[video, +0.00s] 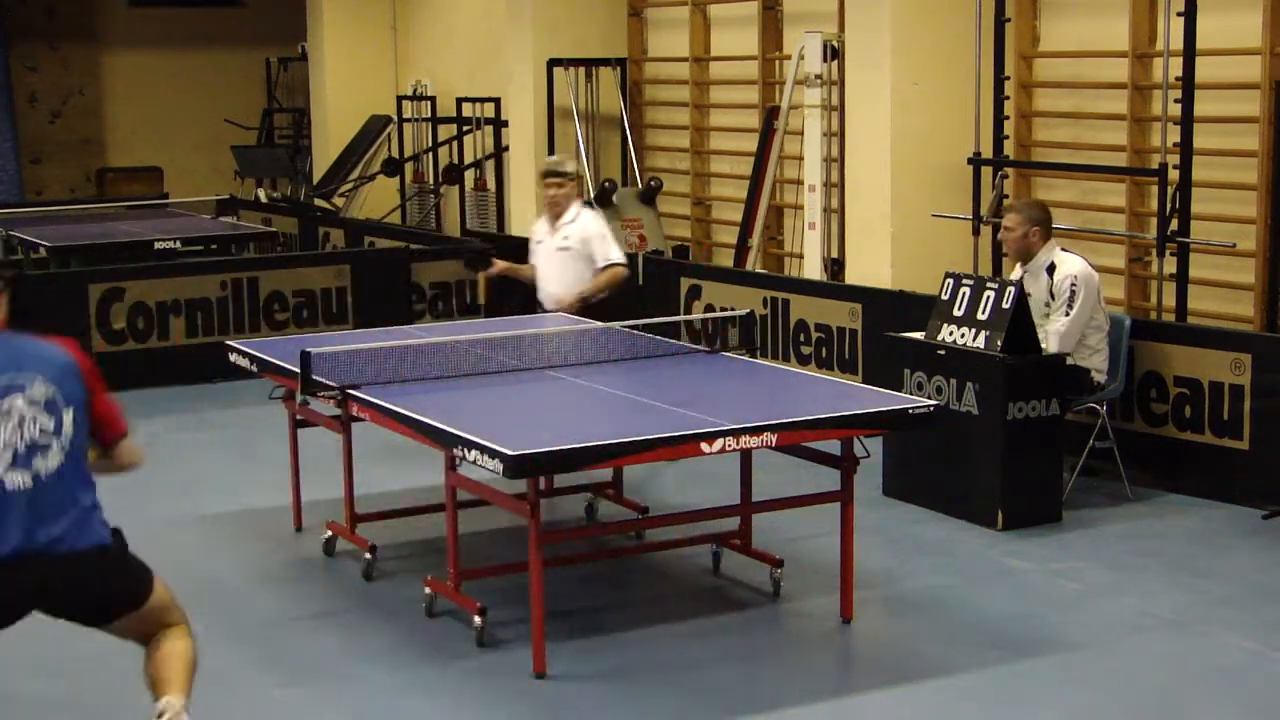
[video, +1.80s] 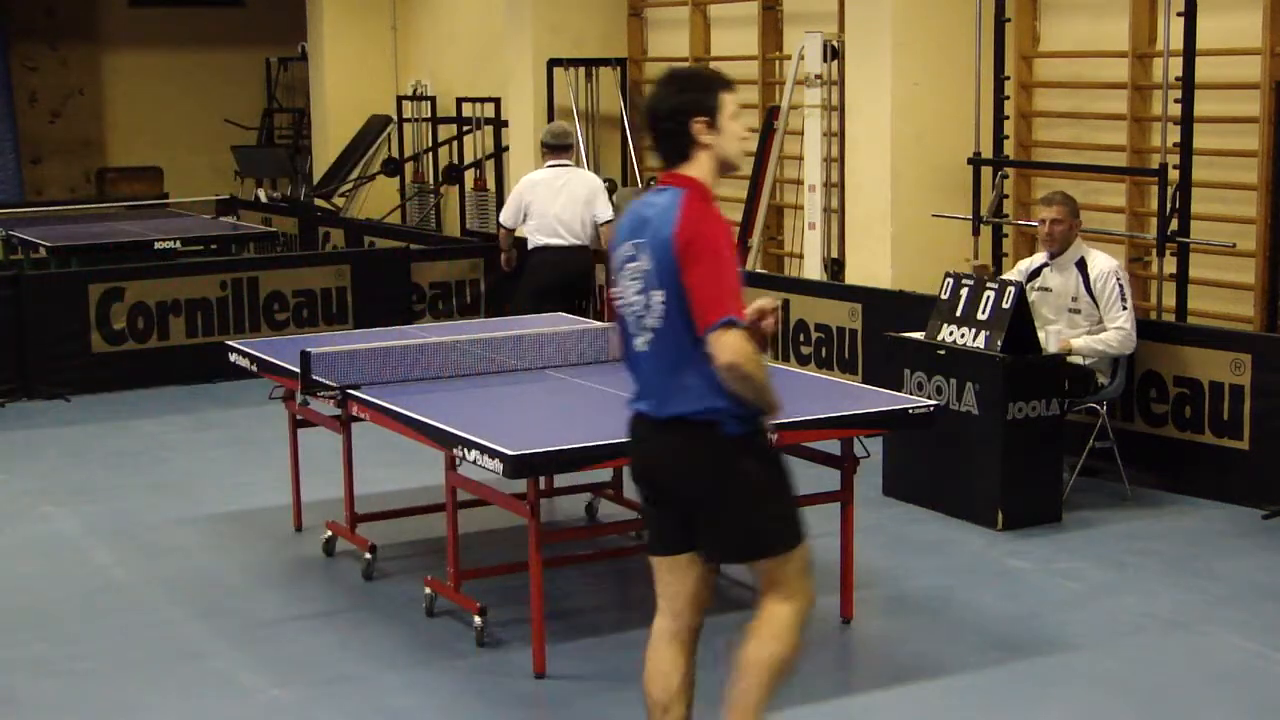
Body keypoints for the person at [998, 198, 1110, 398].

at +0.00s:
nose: (1000, 237)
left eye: (1007, 230)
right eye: (1001, 230)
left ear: (1034, 235)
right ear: (1034, 236)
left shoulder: (1074, 273)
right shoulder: (1020, 273)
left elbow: (1057, 343)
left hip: (1082, 374)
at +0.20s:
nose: (1012, 237)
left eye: (1019, 230)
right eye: (1012, 229)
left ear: (1045, 232)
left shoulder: (1083, 273)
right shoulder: (1025, 272)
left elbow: (1075, 348)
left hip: (1082, 374)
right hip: (1039, 368)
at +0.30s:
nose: (1018, 237)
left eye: (1027, 230)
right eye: (1017, 229)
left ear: (1052, 232)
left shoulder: (1089, 272)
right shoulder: (1026, 272)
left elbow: (1089, 343)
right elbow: (1011, 328)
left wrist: (1041, 368)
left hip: (1084, 373)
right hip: (1039, 369)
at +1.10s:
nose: (1041, 235)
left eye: (1051, 228)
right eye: (1039, 226)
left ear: (1075, 231)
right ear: (1035, 225)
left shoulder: (1105, 274)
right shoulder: (1026, 270)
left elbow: (1108, 347)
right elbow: (995, 317)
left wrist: (1050, 363)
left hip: (1085, 375)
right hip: (1031, 369)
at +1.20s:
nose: (1040, 234)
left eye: (1051, 227)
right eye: (1039, 226)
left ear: (1075, 231)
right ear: (1036, 226)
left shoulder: (1104, 273)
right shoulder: (1027, 268)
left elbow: (1107, 348)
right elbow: (992, 302)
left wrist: (1047, 362)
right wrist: (982, 279)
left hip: (1082, 375)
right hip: (1029, 370)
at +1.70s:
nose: (1043, 232)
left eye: (1053, 224)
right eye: (1040, 224)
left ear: (1075, 227)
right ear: (1036, 225)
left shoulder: (1105, 271)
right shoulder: (1029, 266)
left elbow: (1121, 341)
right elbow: (994, 286)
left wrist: (1068, 347)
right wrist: (973, 280)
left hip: (1084, 372)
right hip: (1031, 365)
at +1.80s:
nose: (1047, 231)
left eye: (1056, 223)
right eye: (1042, 223)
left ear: (1075, 227)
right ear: (1036, 226)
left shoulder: (1105, 270)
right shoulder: (1027, 268)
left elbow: (1125, 339)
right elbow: (993, 302)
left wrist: (1071, 345)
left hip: (1085, 373)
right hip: (1032, 367)